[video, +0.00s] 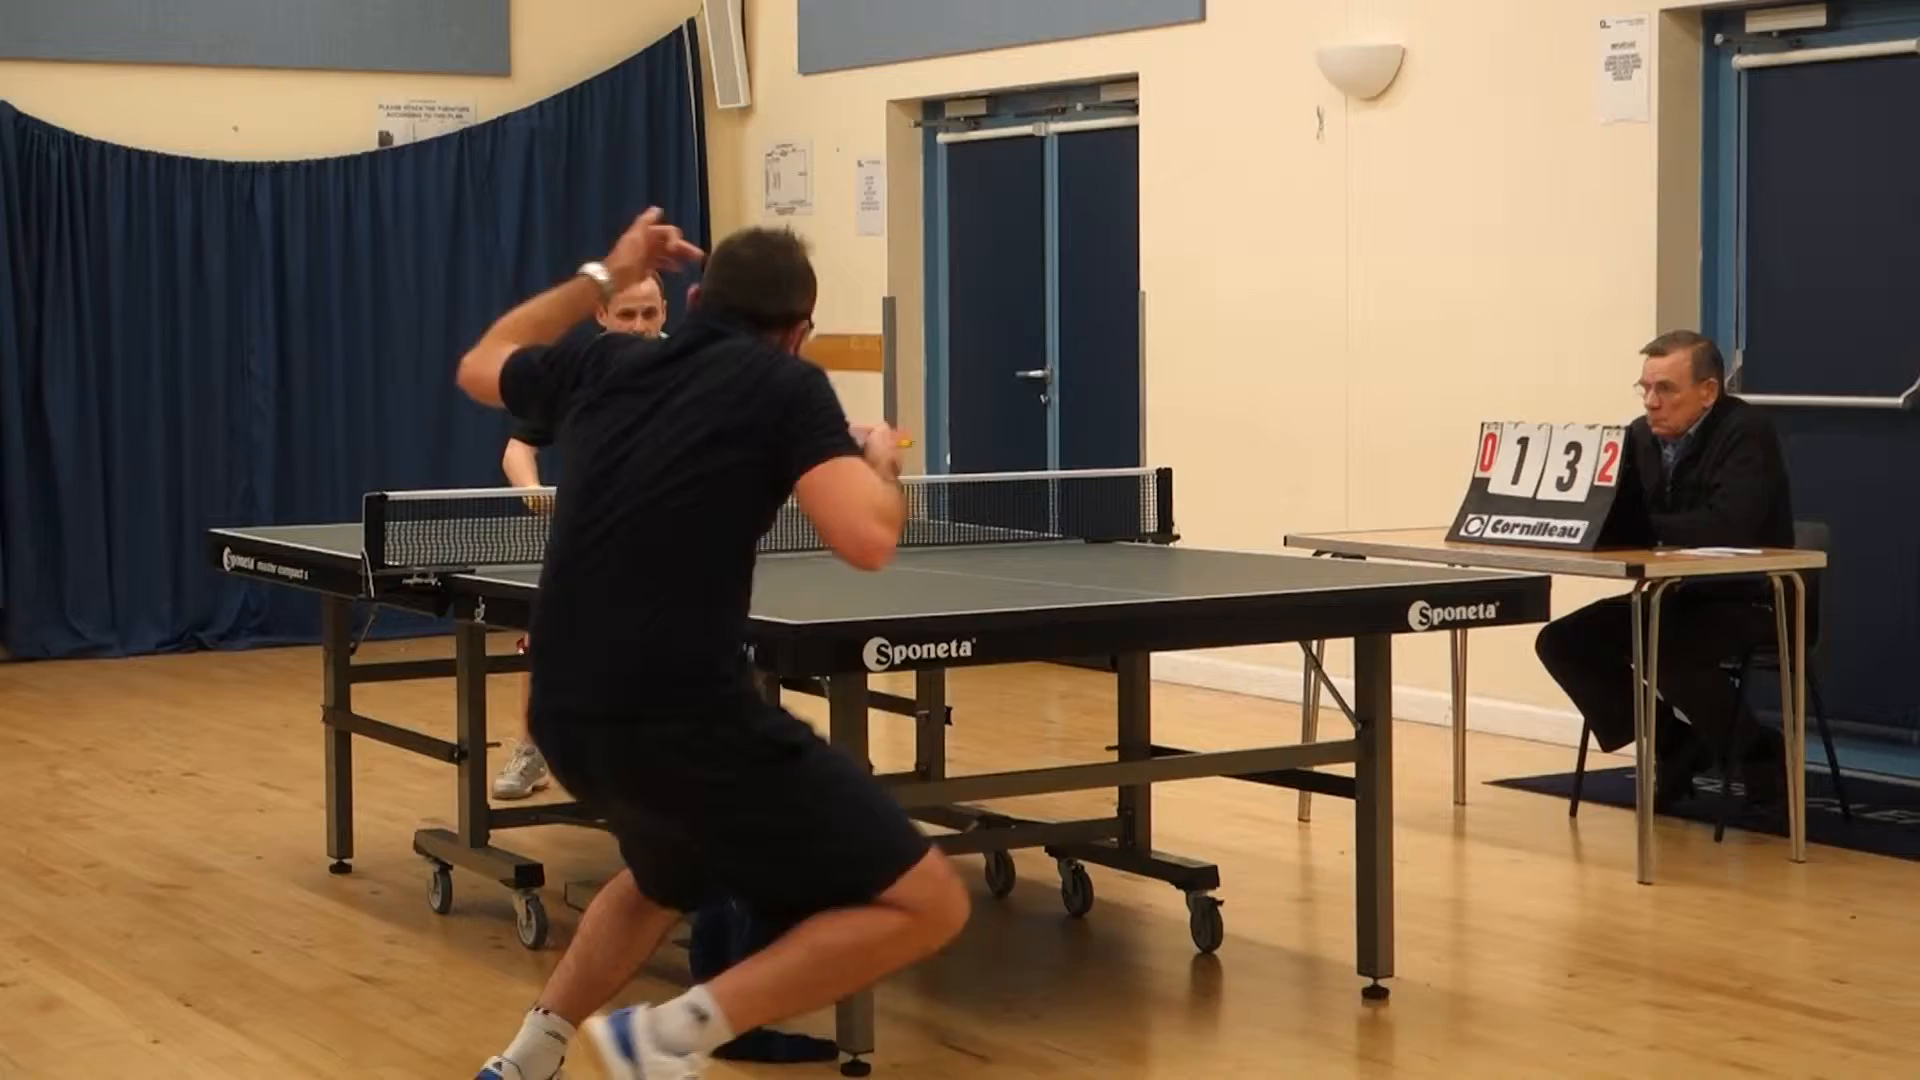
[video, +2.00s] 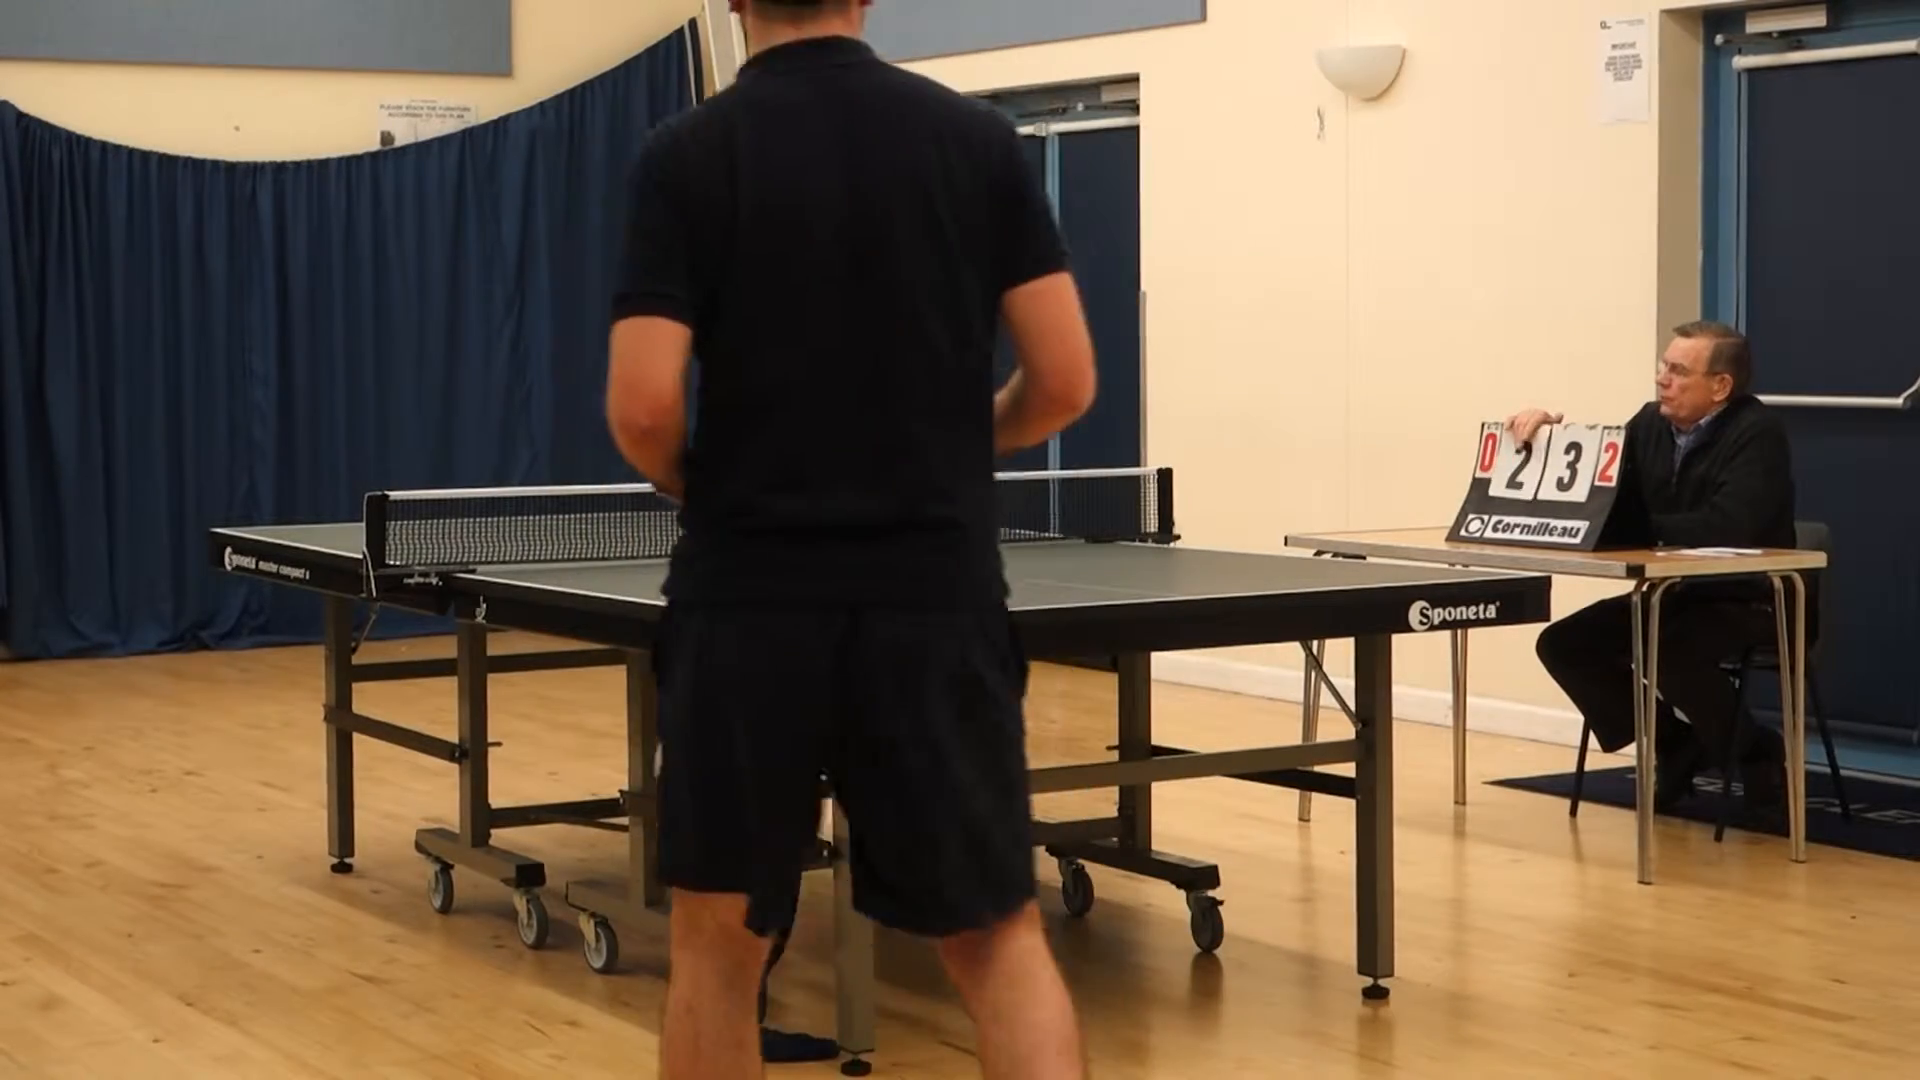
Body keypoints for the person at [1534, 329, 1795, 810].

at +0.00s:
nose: (1650, 401)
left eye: (1665, 389)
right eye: (1646, 387)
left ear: (1708, 392)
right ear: (1640, 387)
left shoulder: (1747, 433)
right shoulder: (1640, 436)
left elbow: (1735, 526)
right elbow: (1613, 519)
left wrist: (1643, 530)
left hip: (1754, 600)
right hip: (1672, 595)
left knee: (1667, 647)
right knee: (1561, 642)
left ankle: (1758, 751)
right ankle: (1674, 740)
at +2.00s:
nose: (1662, 379)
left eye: (1678, 371)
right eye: (1664, 367)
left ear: (1720, 387)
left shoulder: (1756, 434)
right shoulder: (1650, 423)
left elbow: (1737, 527)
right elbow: (1598, 488)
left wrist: (1637, 527)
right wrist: (1548, 431)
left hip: (1752, 596)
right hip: (1670, 592)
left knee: (1671, 648)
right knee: (1563, 644)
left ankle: (1756, 750)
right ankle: (1673, 742)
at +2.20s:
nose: (1662, 380)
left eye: (1678, 372)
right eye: (1662, 368)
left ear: (1722, 385)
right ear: (1658, 369)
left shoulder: (1756, 433)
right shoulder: (1650, 424)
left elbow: (1736, 526)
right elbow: (1607, 501)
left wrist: (1635, 528)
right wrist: (1555, 440)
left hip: (1753, 596)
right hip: (1671, 592)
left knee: (1672, 649)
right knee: (1563, 643)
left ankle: (1757, 751)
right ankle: (1673, 743)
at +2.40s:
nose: (1662, 384)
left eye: (1678, 375)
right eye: (1660, 372)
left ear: (1720, 386)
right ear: (1655, 372)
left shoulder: (1756, 433)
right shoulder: (1649, 431)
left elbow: (1736, 525)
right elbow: (1615, 510)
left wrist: (1638, 529)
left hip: (1753, 597)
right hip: (1671, 592)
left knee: (1670, 649)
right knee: (1562, 644)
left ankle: (1757, 749)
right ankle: (1674, 741)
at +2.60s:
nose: (1660, 391)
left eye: (1676, 380)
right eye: (1657, 378)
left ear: (1718, 388)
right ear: (1651, 378)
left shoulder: (1753, 433)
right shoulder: (1645, 435)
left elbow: (1737, 525)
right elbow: (1615, 516)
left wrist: (1643, 532)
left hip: (1758, 600)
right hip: (1673, 596)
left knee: (1669, 646)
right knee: (1562, 643)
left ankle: (1756, 751)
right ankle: (1674, 742)